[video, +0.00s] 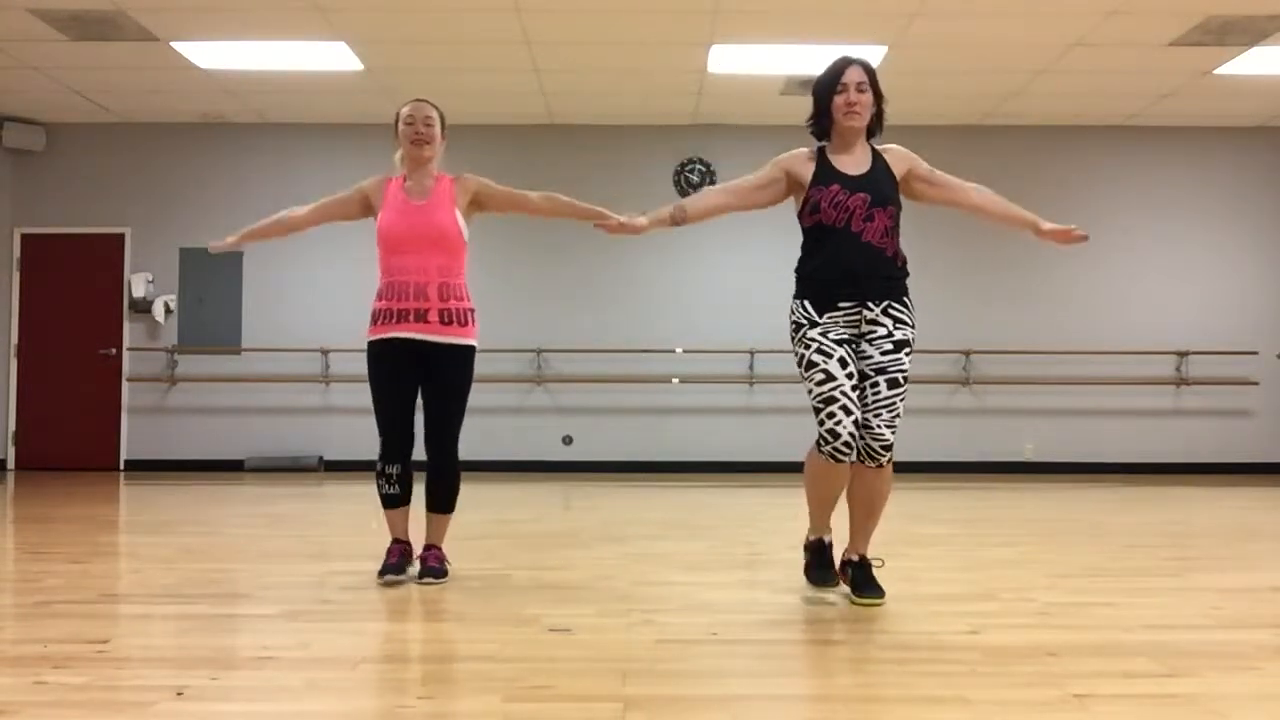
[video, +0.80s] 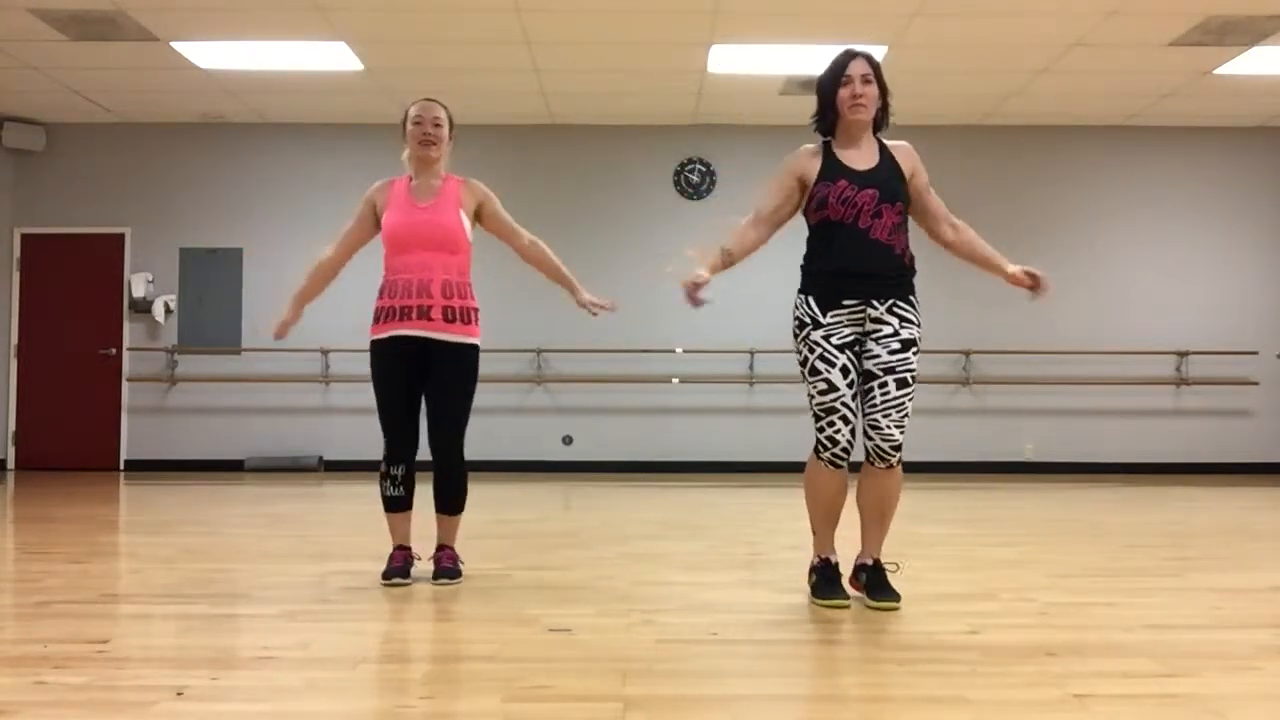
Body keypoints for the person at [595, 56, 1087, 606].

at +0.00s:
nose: (854, 98)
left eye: (863, 89)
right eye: (844, 89)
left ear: (876, 102)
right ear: (825, 103)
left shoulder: (897, 162)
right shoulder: (800, 165)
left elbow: (968, 194)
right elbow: (723, 197)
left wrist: (1037, 224)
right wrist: (649, 220)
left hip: (888, 311)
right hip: (821, 312)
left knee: (879, 438)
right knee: (840, 430)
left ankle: (857, 557)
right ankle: (818, 540)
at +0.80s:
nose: (857, 90)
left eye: (866, 81)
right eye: (846, 83)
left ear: (881, 93)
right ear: (830, 95)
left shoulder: (903, 157)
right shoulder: (807, 163)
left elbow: (945, 226)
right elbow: (759, 224)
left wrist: (1006, 267)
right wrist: (710, 266)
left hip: (892, 310)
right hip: (825, 310)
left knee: (886, 437)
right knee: (837, 435)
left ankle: (870, 563)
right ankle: (823, 562)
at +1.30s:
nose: (822, 91)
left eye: (824, 80)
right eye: (807, 93)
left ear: (841, 87)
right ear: (796, 116)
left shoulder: (892, 145)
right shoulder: (792, 170)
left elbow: (936, 216)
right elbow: (728, 209)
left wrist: (936, 295)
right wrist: (654, 221)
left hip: (889, 307)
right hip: (818, 309)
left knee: (889, 434)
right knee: (789, 429)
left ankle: (889, 562)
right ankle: (751, 547)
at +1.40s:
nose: (810, 96)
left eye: (815, 87)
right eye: (796, 96)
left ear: (833, 97)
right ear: (783, 119)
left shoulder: (876, 157)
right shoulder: (777, 176)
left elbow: (925, 218)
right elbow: (707, 213)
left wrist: (919, 288)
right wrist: (638, 229)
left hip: (880, 313)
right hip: (810, 321)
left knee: (891, 438)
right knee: (778, 444)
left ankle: (894, 564)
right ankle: (724, 558)